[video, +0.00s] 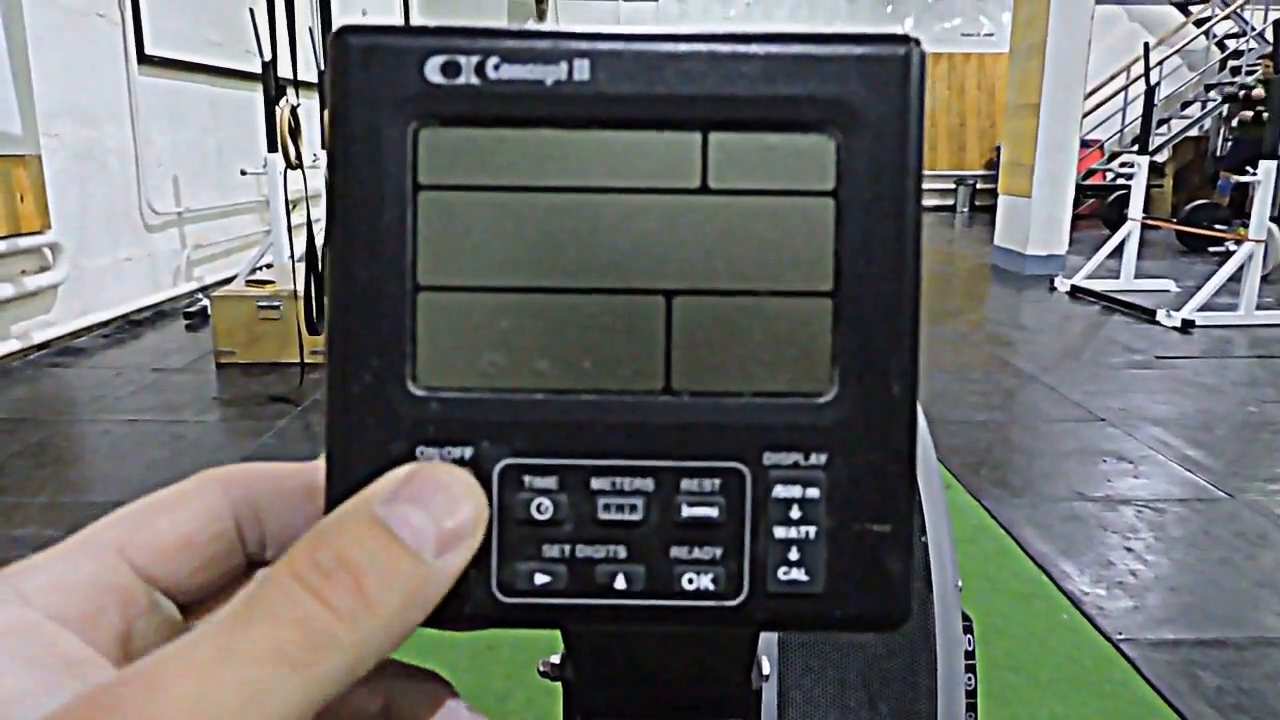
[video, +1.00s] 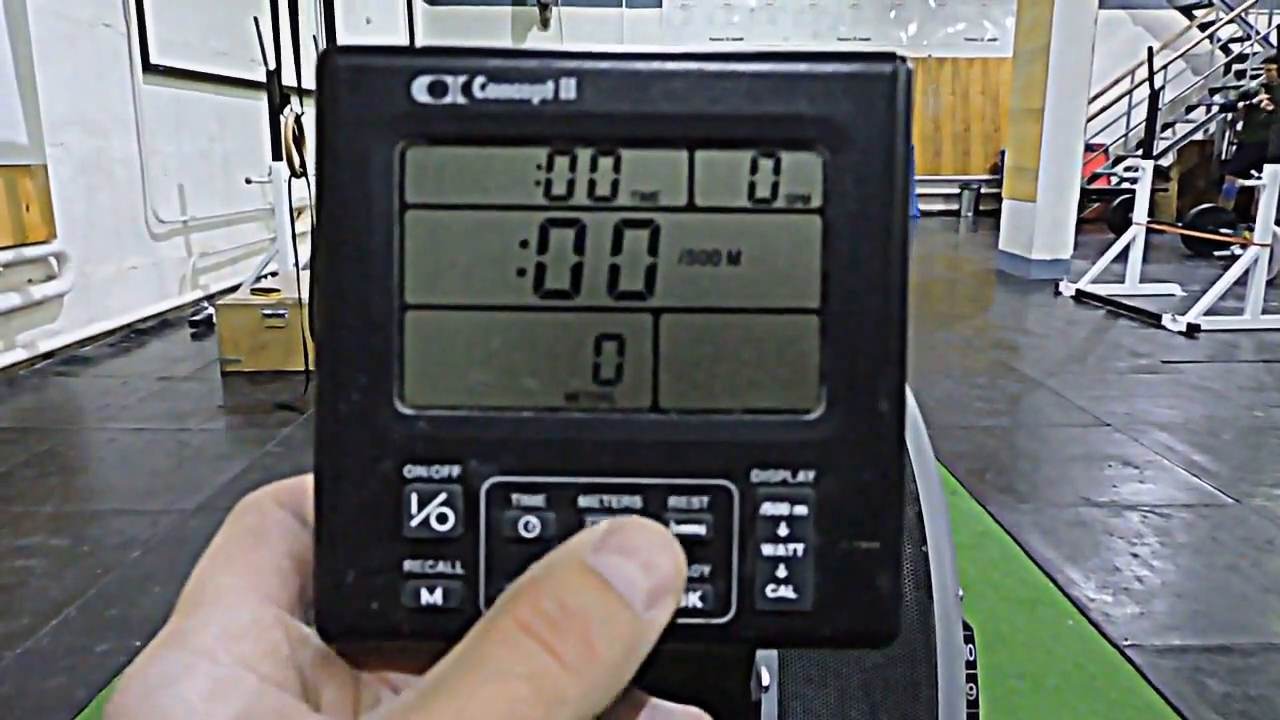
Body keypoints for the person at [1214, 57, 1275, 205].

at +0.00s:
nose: (1265, 70)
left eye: (1269, 66)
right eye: (1264, 66)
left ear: (1275, 69)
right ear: (1260, 66)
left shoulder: (1274, 86)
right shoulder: (1252, 83)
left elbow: (1273, 115)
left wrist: (1255, 116)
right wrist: (1250, 95)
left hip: (1264, 138)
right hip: (1244, 136)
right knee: (1227, 172)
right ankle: (1217, 215)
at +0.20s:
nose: (1267, 72)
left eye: (1271, 69)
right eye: (1265, 68)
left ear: (1277, 71)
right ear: (1262, 70)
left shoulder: (1275, 88)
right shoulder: (1255, 87)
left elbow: (1275, 114)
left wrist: (1262, 115)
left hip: (1266, 140)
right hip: (1247, 139)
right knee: (1229, 174)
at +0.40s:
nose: (1268, 72)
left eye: (1271, 69)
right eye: (1266, 68)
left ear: (1278, 71)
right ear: (1263, 70)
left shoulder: (1275, 89)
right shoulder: (1254, 87)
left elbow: (1275, 114)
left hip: (1268, 142)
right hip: (1248, 140)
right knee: (1230, 175)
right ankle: (1219, 219)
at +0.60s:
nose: (1269, 73)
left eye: (1272, 69)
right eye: (1266, 69)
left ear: (1279, 70)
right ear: (1264, 70)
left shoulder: (1275, 90)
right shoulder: (1255, 88)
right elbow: (1228, 99)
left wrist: (1271, 99)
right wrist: (1250, 107)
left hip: (1269, 144)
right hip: (1248, 141)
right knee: (1231, 177)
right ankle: (1219, 220)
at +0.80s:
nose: (1269, 73)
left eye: (1273, 69)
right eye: (1267, 69)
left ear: (1279, 70)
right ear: (1264, 70)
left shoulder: (1277, 91)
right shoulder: (1254, 88)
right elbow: (1225, 104)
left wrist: (1273, 109)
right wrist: (1250, 103)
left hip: (1272, 145)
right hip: (1249, 143)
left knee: (1269, 184)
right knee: (1232, 177)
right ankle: (1222, 219)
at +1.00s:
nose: (1268, 74)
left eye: (1272, 70)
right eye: (1266, 70)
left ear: (1278, 71)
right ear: (1263, 71)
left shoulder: (1277, 92)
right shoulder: (1254, 90)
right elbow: (1223, 107)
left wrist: (1274, 108)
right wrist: (1250, 103)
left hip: (1270, 147)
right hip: (1248, 144)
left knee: (1269, 184)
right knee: (1231, 177)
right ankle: (1221, 220)